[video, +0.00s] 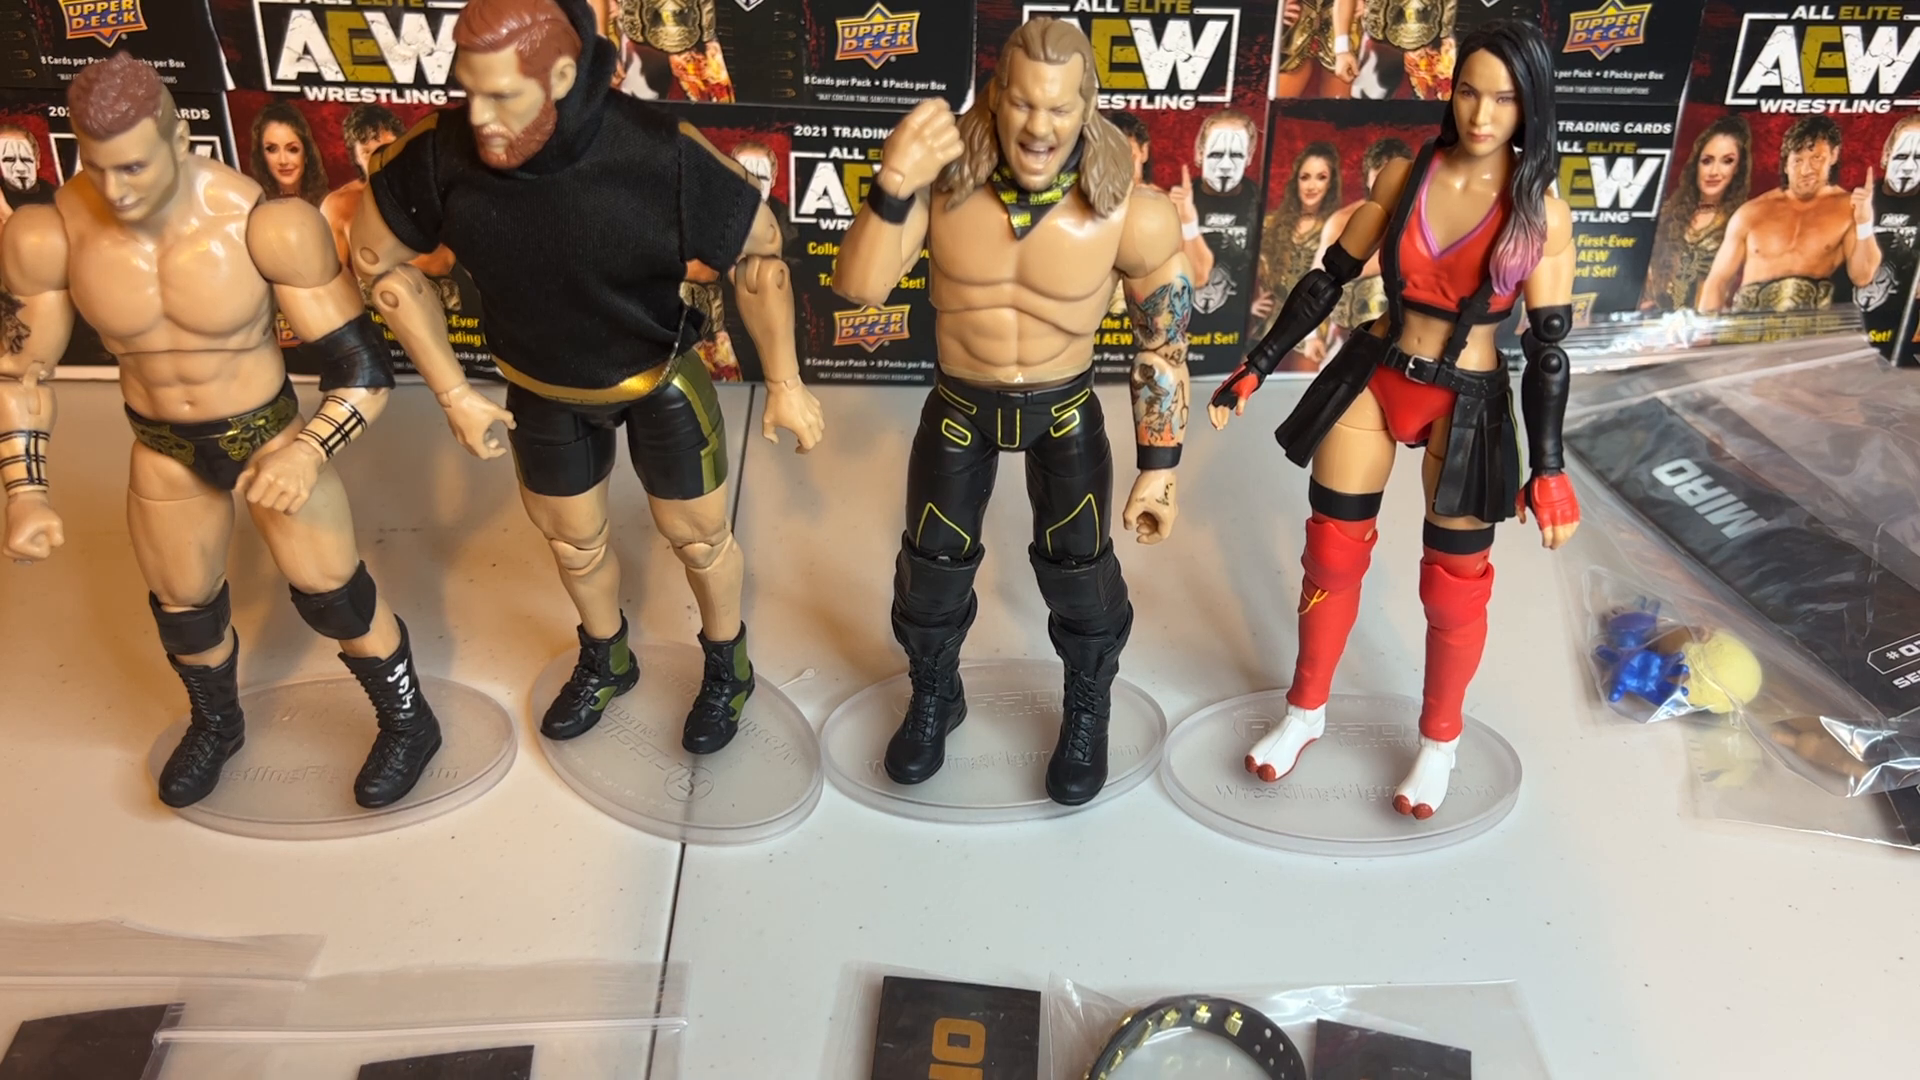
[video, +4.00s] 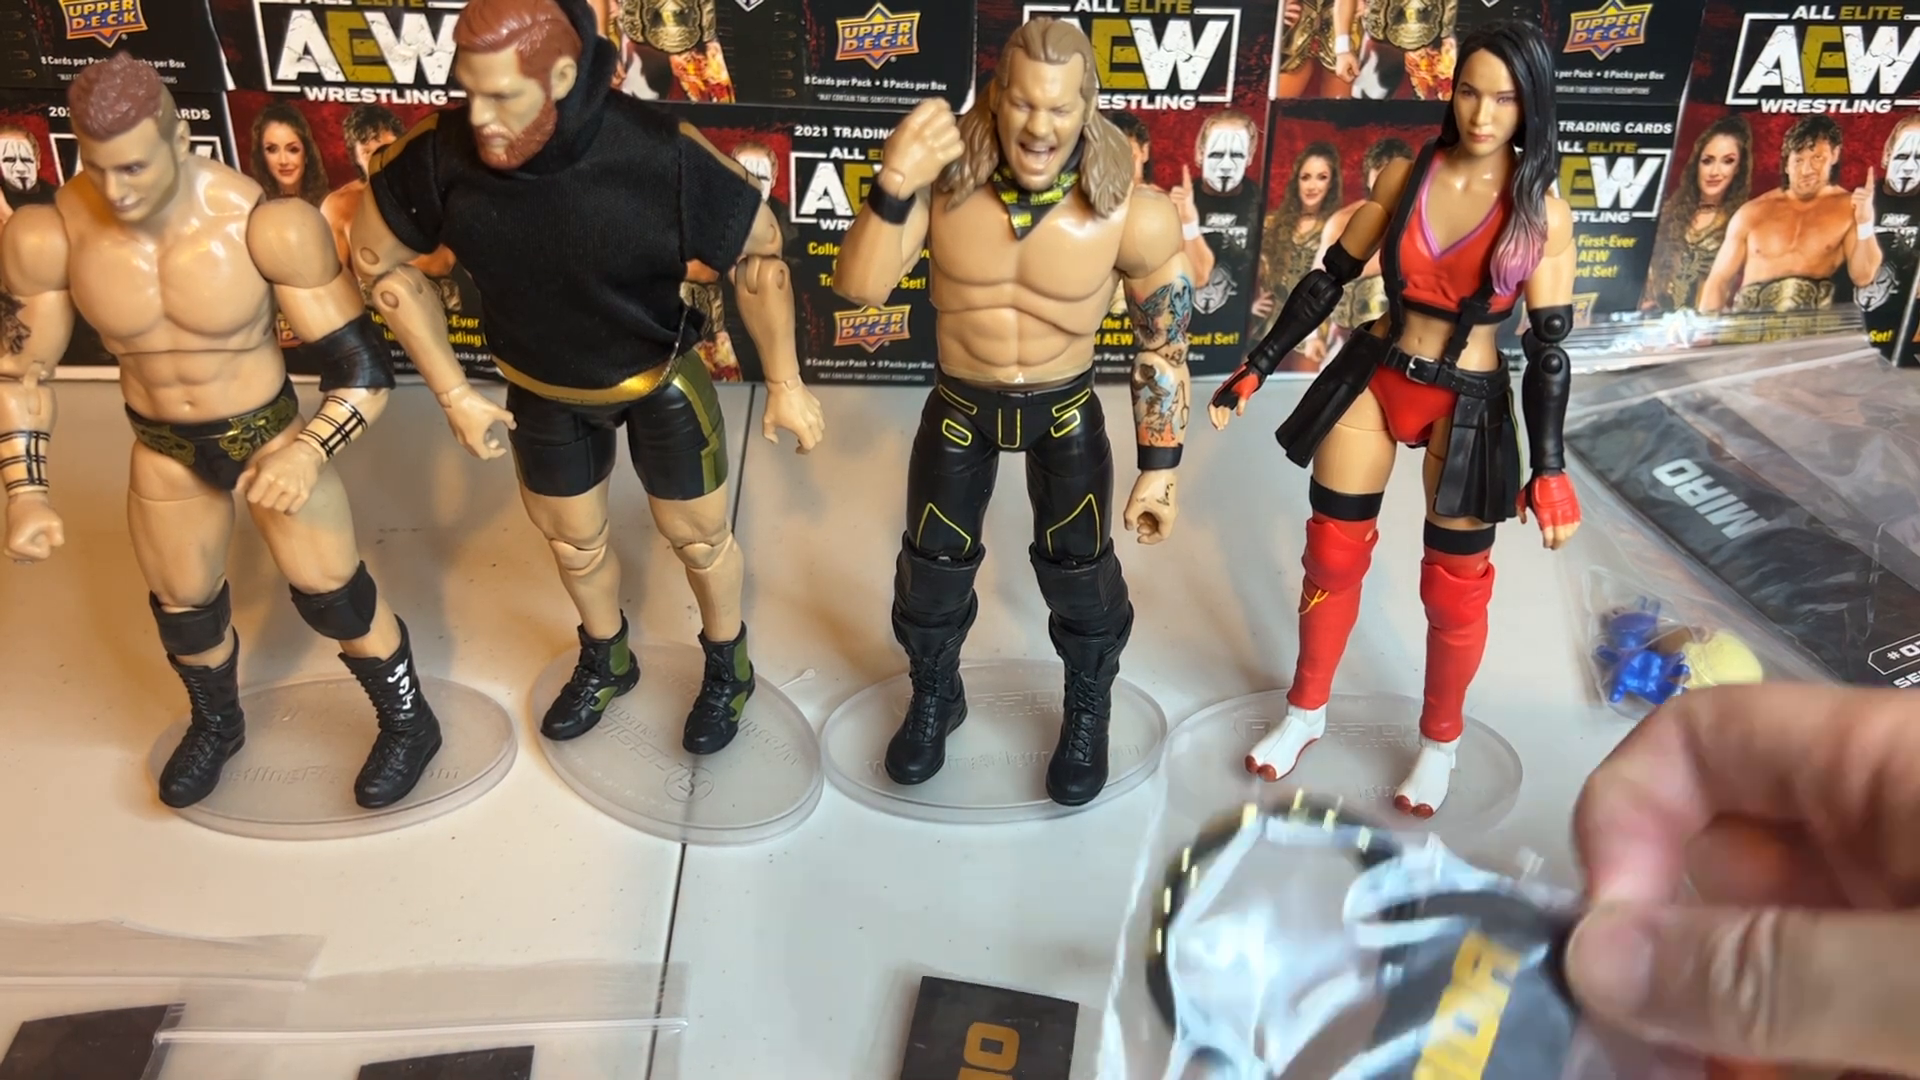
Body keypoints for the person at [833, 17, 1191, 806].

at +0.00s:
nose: (1039, 127)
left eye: (1060, 109)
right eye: (1024, 104)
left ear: (1086, 106)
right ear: (995, 95)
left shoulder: (1129, 207)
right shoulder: (943, 176)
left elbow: (1163, 338)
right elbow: (858, 288)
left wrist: (1161, 464)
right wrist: (892, 190)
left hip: (1064, 408)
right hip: (959, 403)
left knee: (1078, 568)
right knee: (932, 562)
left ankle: (1086, 713)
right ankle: (932, 699)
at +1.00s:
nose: (1040, 127)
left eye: (1060, 109)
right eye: (1024, 104)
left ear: (1087, 106)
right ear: (995, 94)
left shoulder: (1130, 208)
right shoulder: (944, 177)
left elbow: (1163, 339)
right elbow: (858, 287)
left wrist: (1161, 465)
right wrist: (892, 189)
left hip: (1064, 408)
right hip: (958, 403)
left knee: (1078, 569)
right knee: (933, 563)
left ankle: (1086, 713)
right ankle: (932, 699)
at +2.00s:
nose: (1040, 127)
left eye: (1060, 109)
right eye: (1024, 104)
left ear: (1086, 107)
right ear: (995, 95)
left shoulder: (1130, 208)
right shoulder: (944, 177)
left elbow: (1163, 338)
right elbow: (857, 287)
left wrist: (1161, 464)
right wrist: (892, 190)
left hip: (1064, 409)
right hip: (959, 404)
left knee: (1078, 568)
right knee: (932, 562)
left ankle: (1086, 713)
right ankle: (932, 699)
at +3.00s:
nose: (1040, 127)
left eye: (1060, 109)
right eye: (1024, 104)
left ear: (1087, 107)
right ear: (995, 95)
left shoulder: (1129, 208)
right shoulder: (944, 177)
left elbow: (1163, 339)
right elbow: (857, 287)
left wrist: (1161, 465)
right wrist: (892, 189)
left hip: (1064, 408)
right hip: (958, 403)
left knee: (1077, 569)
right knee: (932, 563)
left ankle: (1086, 712)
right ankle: (933, 699)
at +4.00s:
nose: (1040, 127)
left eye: (1060, 109)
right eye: (1024, 104)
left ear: (1087, 106)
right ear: (995, 95)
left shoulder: (1131, 209)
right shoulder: (944, 176)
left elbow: (1162, 340)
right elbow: (858, 287)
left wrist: (1161, 465)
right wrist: (892, 189)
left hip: (1064, 409)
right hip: (959, 404)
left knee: (1078, 570)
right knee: (933, 563)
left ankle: (1087, 713)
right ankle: (933, 698)